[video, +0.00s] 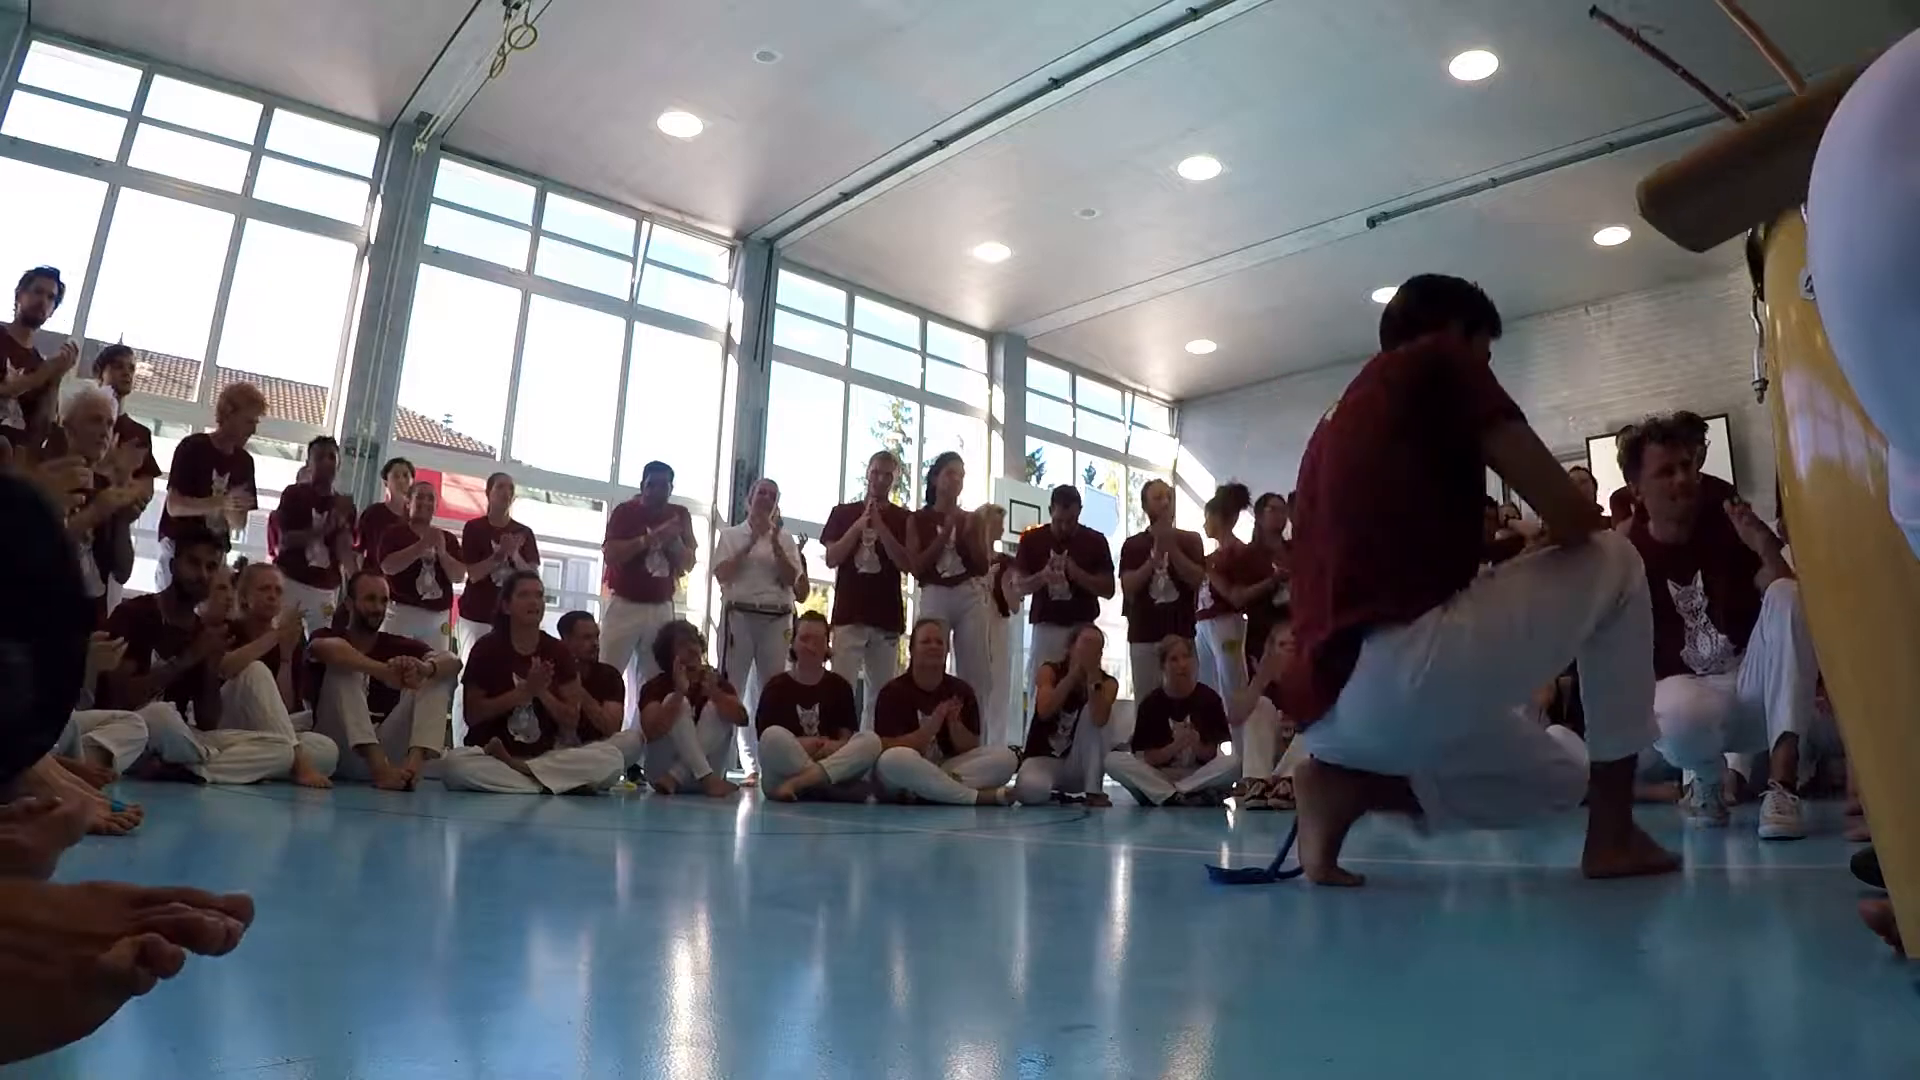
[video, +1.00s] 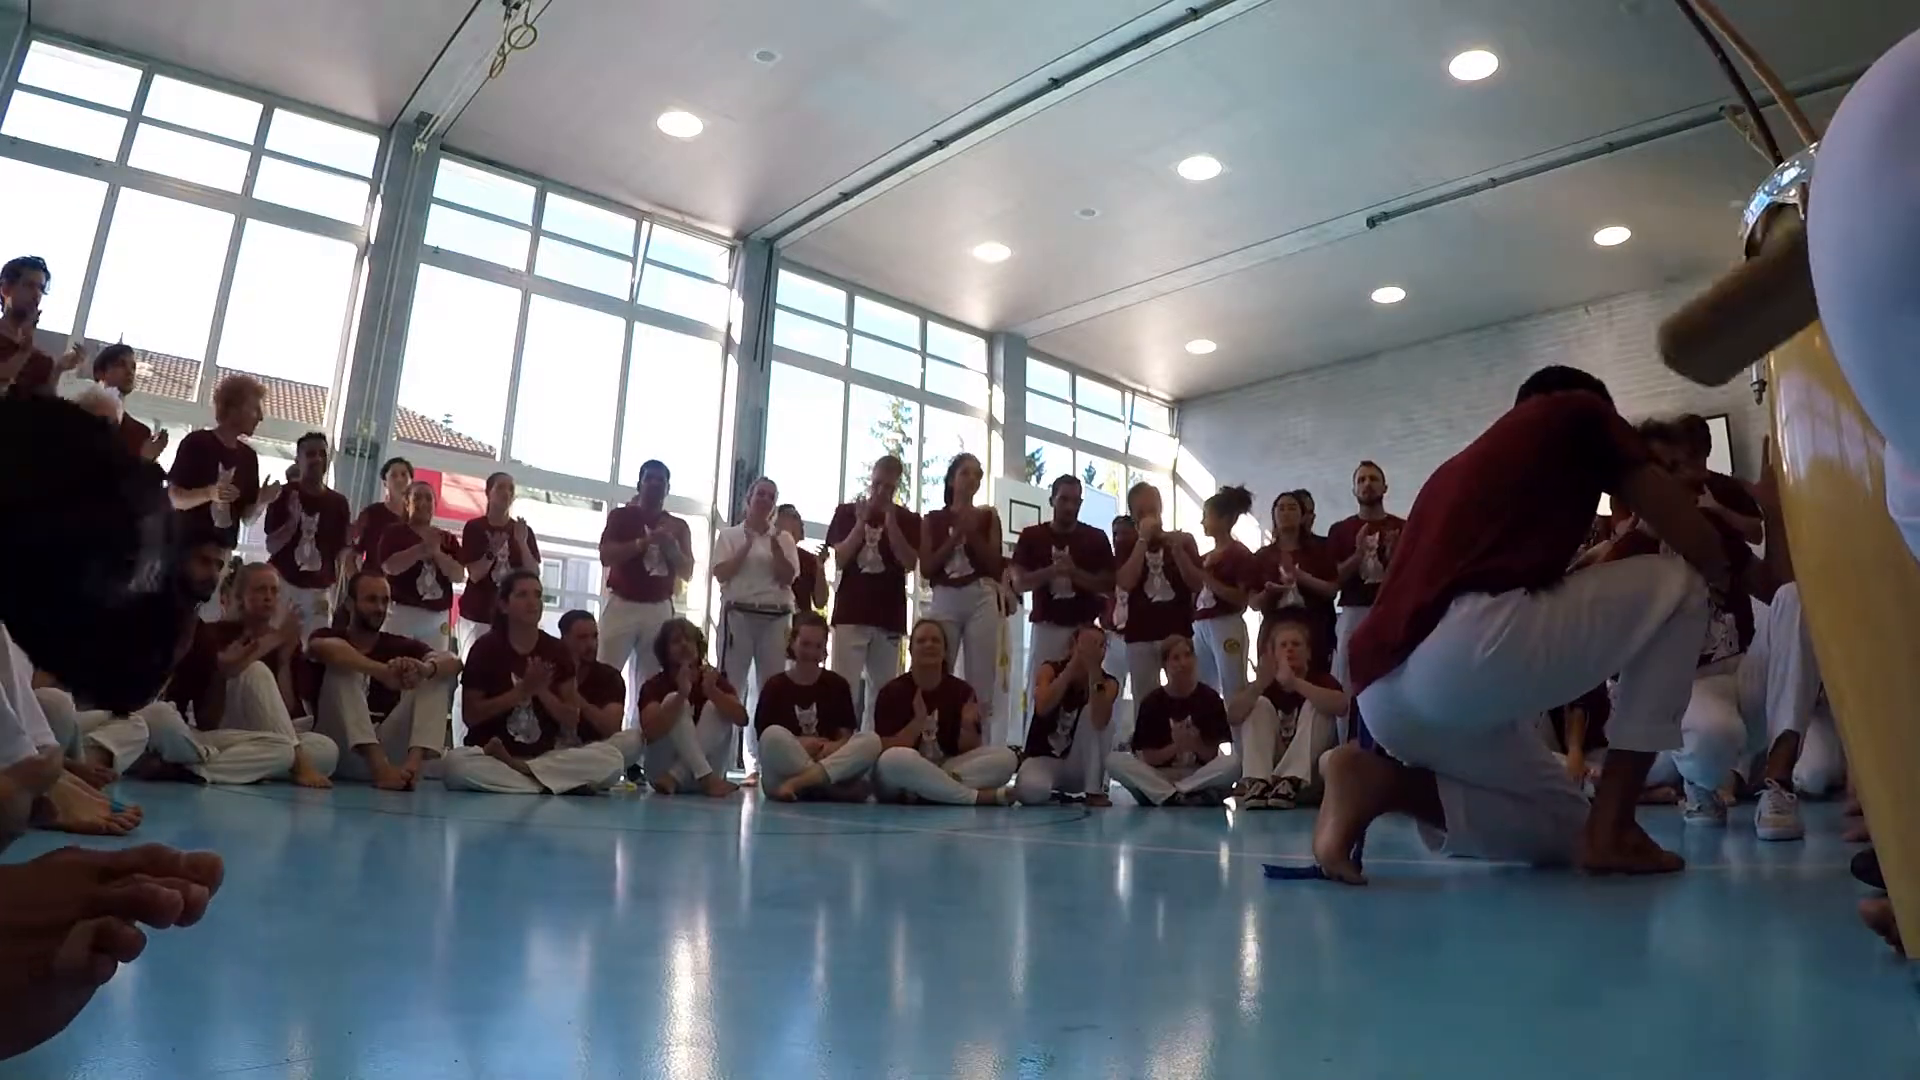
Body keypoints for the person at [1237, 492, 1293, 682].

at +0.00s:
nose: (1278, 515)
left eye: (1282, 510)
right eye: (1272, 509)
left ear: (1287, 517)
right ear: (1258, 516)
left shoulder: (1295, 552)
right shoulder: (1246, 556)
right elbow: (1238, 597)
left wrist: (1293, 575)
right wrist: (1274, 580)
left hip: (1296, 631)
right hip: (1260, 632)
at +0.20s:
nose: (1278, 515)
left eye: (1282, 511)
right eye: (1272, 510)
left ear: (1288, 516)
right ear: (1259, 516)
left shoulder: (1300, 552)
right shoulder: (1246, 557)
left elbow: (1321, 593)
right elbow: (1241, 600)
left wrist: (1296, 575)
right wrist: (1271, 585)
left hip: (1300, 634)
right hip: (1262, 633)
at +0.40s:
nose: (1314, 517)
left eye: (1315, 511)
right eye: (1306, 512)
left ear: (1318, 514)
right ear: (1292, 516)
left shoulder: (1329, 545)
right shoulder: (1281, 549)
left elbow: (1335, 582)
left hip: (1323, 628)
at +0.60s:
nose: (1279, 514)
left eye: (1286, 509)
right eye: (1274, 510)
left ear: (1297, 514)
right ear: (1270, 517)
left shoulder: (1316, 550)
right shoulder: (1263, 553)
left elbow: (1327, 589)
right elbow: (1254, 600)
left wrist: (1292, 578)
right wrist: (1268, 583)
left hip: (1310, 626)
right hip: (1271, 627)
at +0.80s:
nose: (1282, 514)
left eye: (1288, 508)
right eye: (1277, 509)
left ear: (1299, 513)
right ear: (1274, 517)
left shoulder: (1319, 549)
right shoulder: (1264, 555)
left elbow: (1329, 590)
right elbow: (1257, 602)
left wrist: (1289, 579)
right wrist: (1272, 585)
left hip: (1312, 628)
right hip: (1273, 629)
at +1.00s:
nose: (1286, 512)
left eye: (1292, 508)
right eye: (1281, 508)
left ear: (1302, 515)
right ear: (1273, 517)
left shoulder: (1320, 548)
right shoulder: (1262, 555)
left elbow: (1332, 590)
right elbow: (1254, 603)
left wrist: (1299, 576)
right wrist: (1269, 592)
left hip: (1315, 627)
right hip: (1275, 630)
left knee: (1314, 688)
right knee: (1275, 689)